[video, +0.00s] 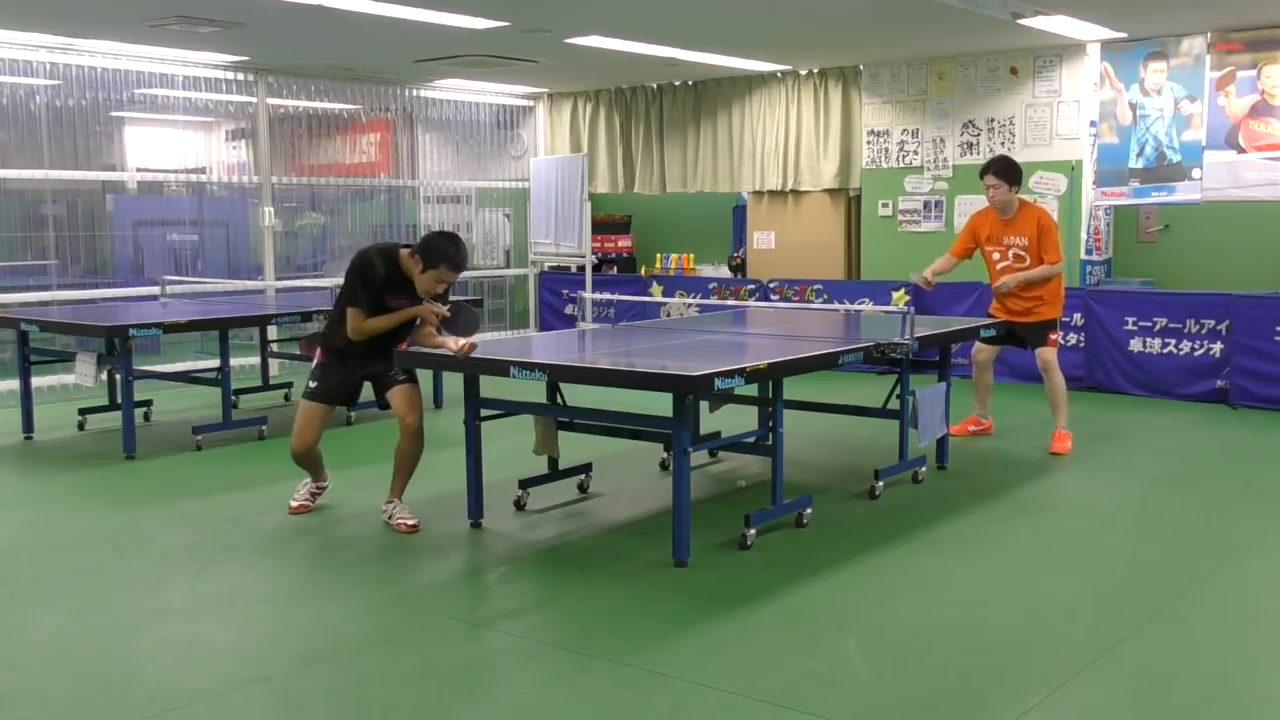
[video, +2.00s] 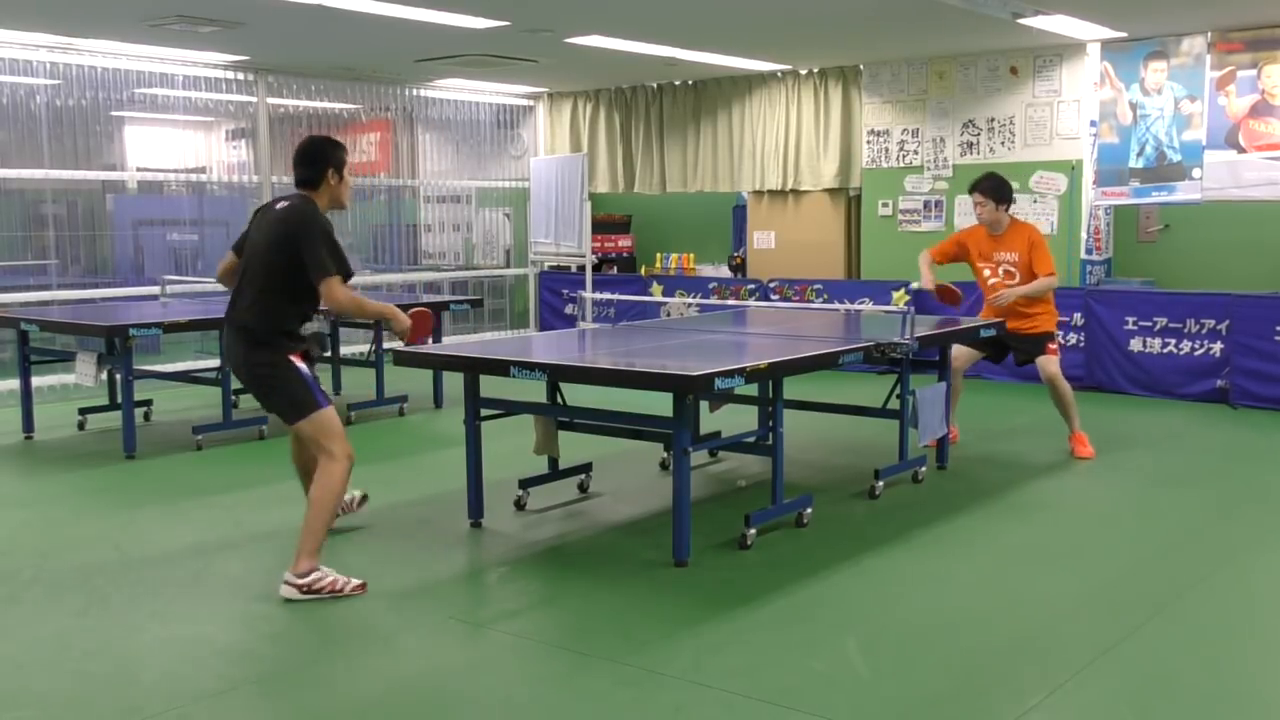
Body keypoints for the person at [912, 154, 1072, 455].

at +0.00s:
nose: (989, 194)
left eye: (995, 188)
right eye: (986, 188)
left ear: (1014, 187)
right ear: (984, 188)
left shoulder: (1039, 218)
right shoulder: (980, 221)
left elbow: (1055, 266)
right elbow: (954, 256)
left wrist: (1019, 277)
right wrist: (931, 271)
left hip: (1042, 307)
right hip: (1003, 306)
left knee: (1047, 361)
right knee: (980, 356)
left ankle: (1062, 429)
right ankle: (981, 419)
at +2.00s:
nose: (977, 211)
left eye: (982, 205)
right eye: (975, 205)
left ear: (1003, 206)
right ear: (973, 206)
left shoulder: (1029, 234)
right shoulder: (970, 238)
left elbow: (1050, 280)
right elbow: (926, 255)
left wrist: (1016, 292)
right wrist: (927, 276)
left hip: (1035, 322)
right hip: (993, 321)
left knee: (1051, 374)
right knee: (953, 361)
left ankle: (1076, 433)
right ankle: (947, 427)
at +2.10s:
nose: (966, 205)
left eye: (972, 200)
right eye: (965, 200)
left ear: (992, 202)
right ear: (965, 201)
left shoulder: (1019, 231)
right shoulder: (959, 235)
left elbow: (1044, 273)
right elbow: (921, 247)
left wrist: (1013, 289)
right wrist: (906, 242)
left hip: (1033, 319)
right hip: (991, 319)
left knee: (1049, 370)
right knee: (952, 359)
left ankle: (1076, 433)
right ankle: (948, 428)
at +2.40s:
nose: (989, 193)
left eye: (996, 187)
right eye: (987, 188)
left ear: (1015, 191)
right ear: (986, 191)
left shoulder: (1039, 224)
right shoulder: (981, 230)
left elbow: (1065, 262)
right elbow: (949, 261)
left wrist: (1036, 273)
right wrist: (926, 252)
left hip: (1042, 318)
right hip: (1000, 318)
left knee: (1055, 375)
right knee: (968, 360)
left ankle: (1076, 423)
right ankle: (949, 425)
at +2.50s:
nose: (1001, 184)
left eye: (1008, 178)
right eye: (999, 179)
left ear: (1027, 181)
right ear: (999, 182)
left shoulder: (1052, 216)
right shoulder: (999, 220)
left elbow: (1076, 256)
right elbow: (975, 256)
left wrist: (1046, 271)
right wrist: (945, 261)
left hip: (1053, 312)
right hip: (1015, 311)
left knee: (1058, 368)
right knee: (988, 355)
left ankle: (1075, 424)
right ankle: (957, 417)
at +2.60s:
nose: (1009, 175)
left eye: (1016, 169)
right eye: (1007, 170)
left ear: (1034, 173)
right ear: (1006, 174)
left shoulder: (1058, 208)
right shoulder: (1005, 212)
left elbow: (1083, 248)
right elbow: (991, 251)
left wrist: (1055, 273)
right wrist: (969, 266)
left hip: (1065, 299)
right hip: (1025, 298)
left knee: (1073, 357)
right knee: (996, 347)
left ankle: (1085, 421)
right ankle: (994, 409)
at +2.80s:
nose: (1025, 197)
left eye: (1031, 190)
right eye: (1022, 191)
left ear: (1050, 192)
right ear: (1020, 194)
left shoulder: (1077, 225)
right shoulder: (1020, 231)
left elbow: (1100, 264)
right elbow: (1008, 270)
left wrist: (1076, 292)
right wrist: (1003, 285)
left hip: (1079, 309)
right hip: (1041, 309)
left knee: (1086, 365)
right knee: (1016, 360)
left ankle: (1121, 421)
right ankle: (1022, 410)